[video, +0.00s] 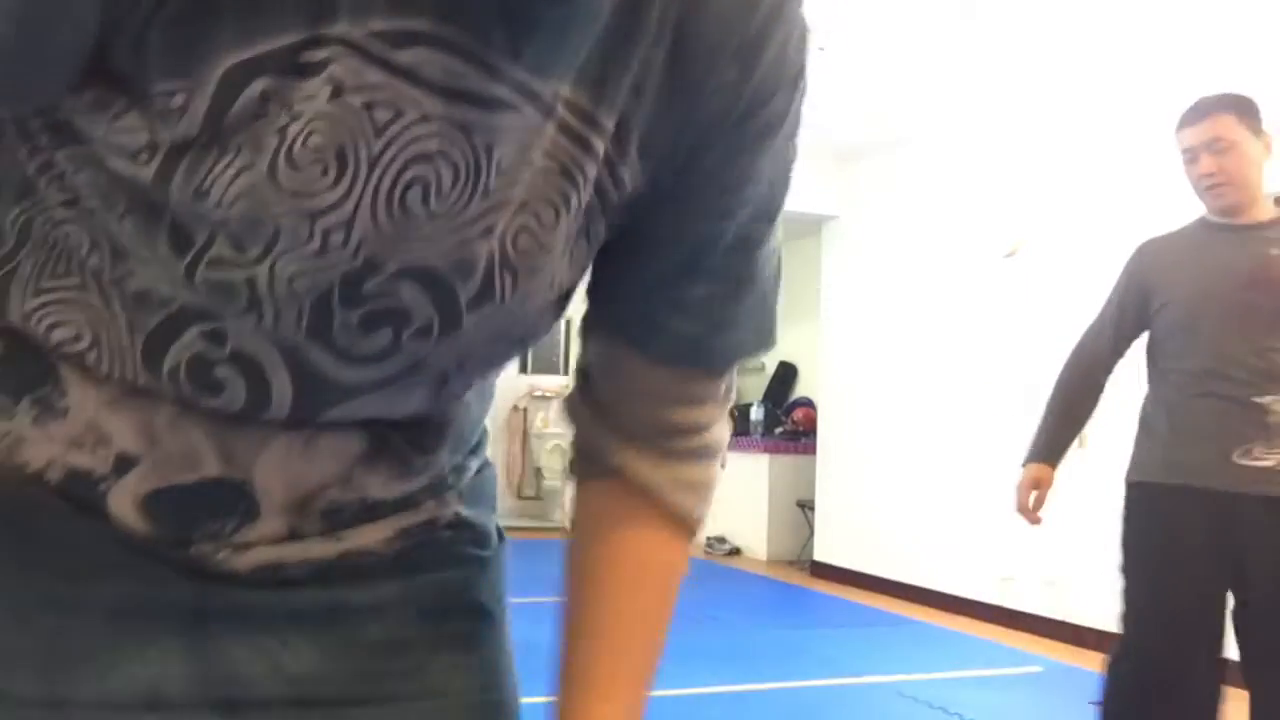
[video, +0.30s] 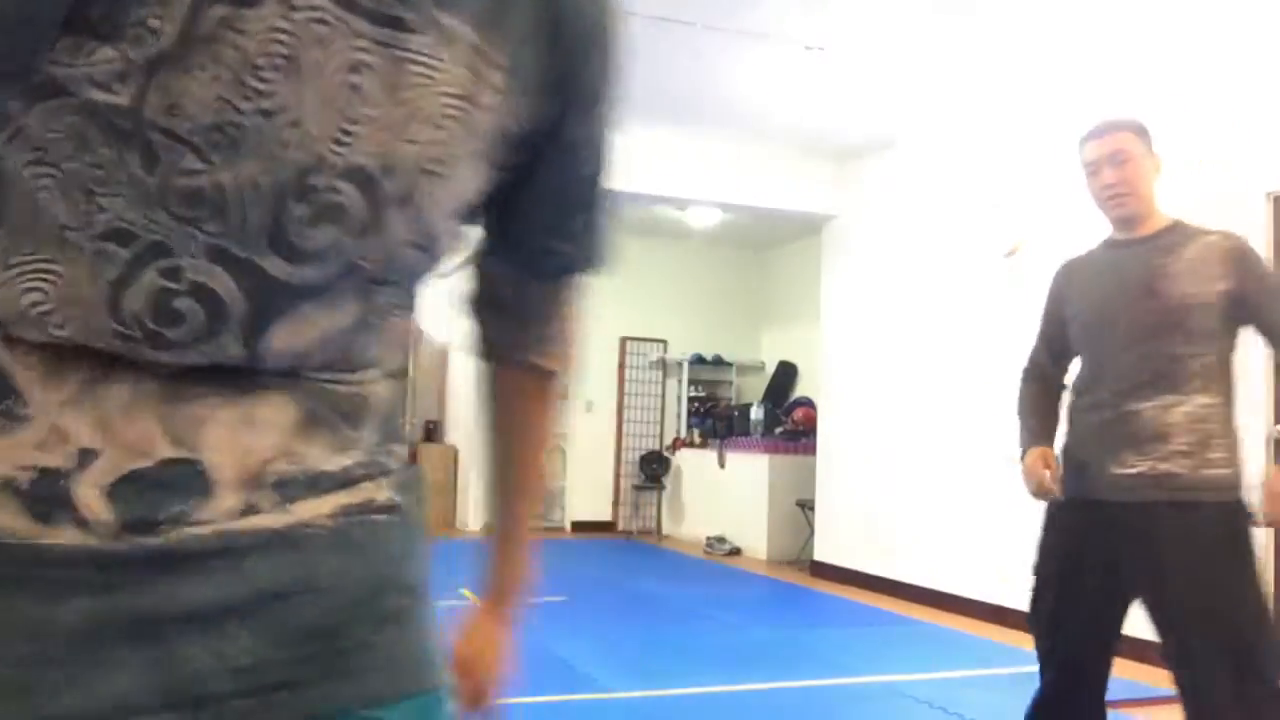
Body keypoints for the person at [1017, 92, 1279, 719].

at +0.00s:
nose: (1204, 167)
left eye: (1219, 149)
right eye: (1191, 156)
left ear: (1263, 148)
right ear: (1182, 167)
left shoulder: (1278, 245)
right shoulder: (1159, 258)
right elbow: (1092, 357)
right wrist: (1044, 454)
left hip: (1268, 497)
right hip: (1170, 493)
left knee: (1273, 672)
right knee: (1159, 673)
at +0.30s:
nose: (1108, 178)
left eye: (1120, 160)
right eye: (1094, 169)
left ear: (1154, 164)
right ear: (1086, 185)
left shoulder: (1223, 256)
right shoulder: (1074, 277)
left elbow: (1279, 341)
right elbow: (1044, 370)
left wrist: (1277, 461)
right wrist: (1036, 443)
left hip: (1199, 513)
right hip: (1090, 514)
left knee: (1238, 689)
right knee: (1066, 684)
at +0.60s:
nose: (1030, 183)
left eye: (1044, 167)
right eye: (1017, 174)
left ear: (1078, 171)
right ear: (1009, 188)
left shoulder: (1128, 245)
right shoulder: (1011, 274)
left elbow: (1206, 326)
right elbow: (995, 374)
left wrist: (1107, 387)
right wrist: (961, 456)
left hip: (1122, 493)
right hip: (1031, 493)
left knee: (1138, 672)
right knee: (1037, 670)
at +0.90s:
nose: (1004, 195)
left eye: (1017, 179)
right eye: (996, 187)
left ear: (1058, 179)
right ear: (992, 198)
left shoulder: (1106, 244)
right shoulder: (1010, 277)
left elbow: (1185, 312)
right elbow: (995, 350)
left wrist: (1085, 371)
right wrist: (954, 403)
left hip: (1089, 485)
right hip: (1013, 486)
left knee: (1099, 639)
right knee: (1010, 633)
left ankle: (1108, 716)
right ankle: (1031, 715)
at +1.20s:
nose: (1009, 197)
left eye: (1021, 181)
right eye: (1002, 188)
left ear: (1064, 180)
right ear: (1000, 200)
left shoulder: (1118, 255)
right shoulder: (1003, 279)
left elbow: (1198, 332)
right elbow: (969, 352)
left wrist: (1103, 385)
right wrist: (977, 381)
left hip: (1094, 481)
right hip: (1020, 482)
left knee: (1091, 640)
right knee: (1009, 632)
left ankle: (1107, 718)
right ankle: (1029, 718)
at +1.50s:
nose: (1027, 200)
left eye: (1037, 187)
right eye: (1023, 191)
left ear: (1082, 183)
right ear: (1029, 197)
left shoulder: (1132, 255)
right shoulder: (1032, 281)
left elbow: (1171, 341)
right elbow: (1015, 348)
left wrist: (1068, 388)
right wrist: (994, 391)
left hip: (1117, 482)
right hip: (1039, 484)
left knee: (1138, 648)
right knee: (1037, 645)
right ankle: (1047, 717)